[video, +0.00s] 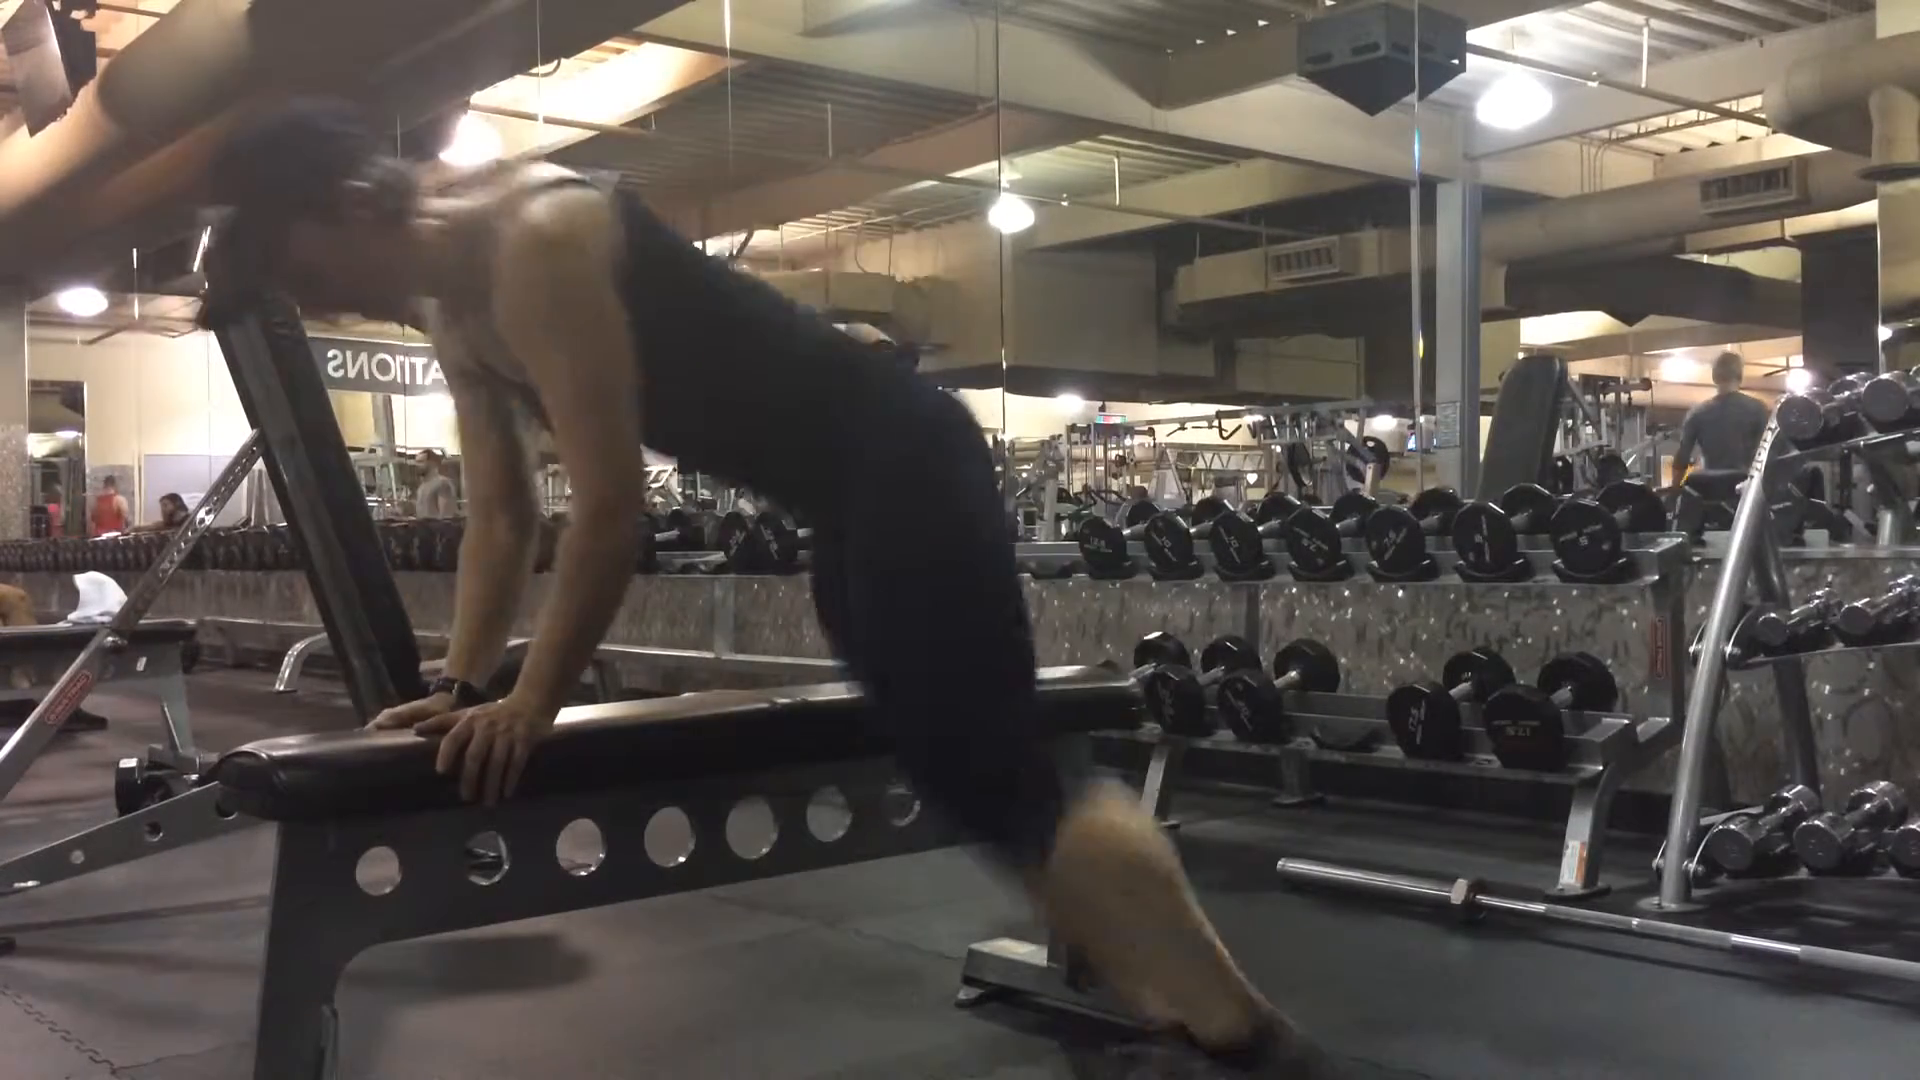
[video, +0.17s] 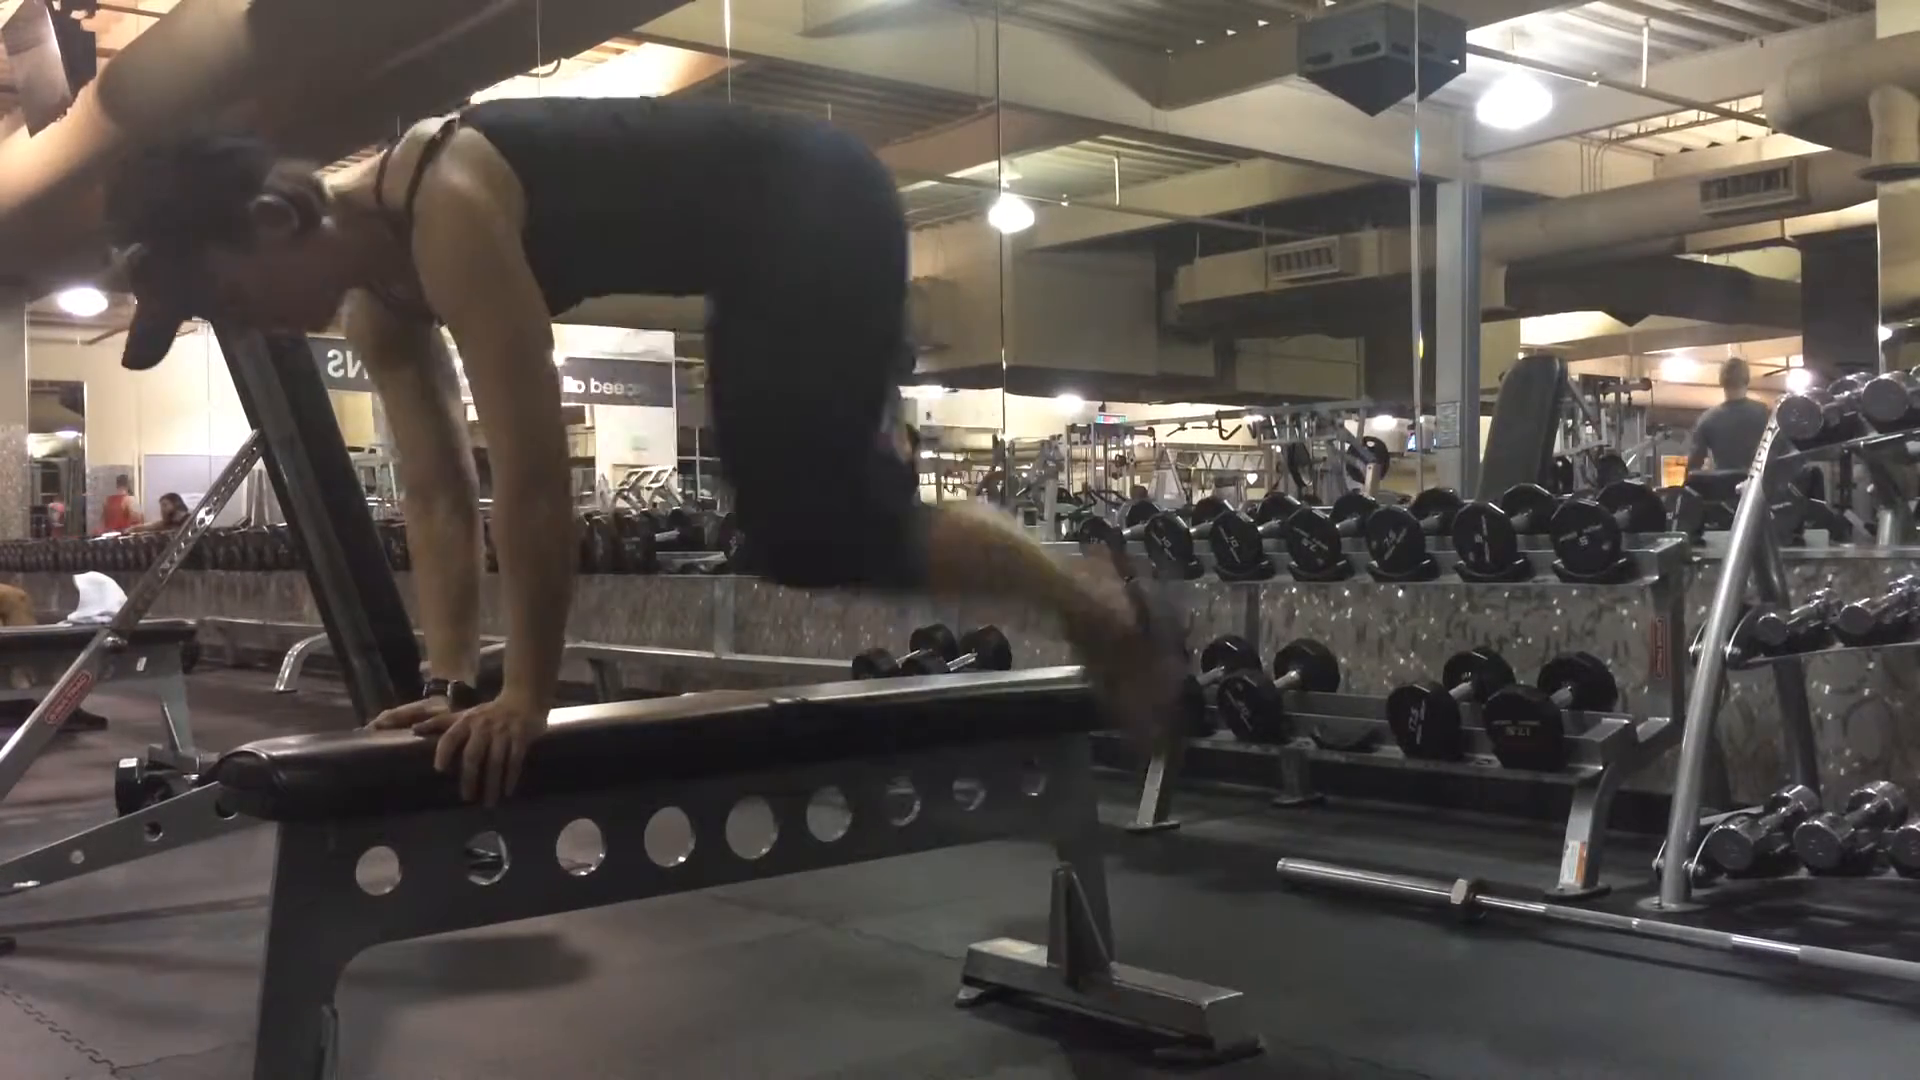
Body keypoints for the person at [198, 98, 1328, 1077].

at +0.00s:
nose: (333, 313)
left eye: (316, 284)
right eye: (310, 298)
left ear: (353, 216)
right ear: (347, 226)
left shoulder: (540, 245)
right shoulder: (457, 295)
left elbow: (610, 511)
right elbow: (496, 504)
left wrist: (529, 705)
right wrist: (457, 681)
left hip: (898, 451)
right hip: (849, 483)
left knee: (1003, 781)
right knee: (977, 773)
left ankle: (1234, 1024)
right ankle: (1162, 997)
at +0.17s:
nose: (247, 329)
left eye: (227, 302)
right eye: (222, 318)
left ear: (268, 219)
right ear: (268, 222)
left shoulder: (455, 208)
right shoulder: (372, 284)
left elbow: (528, 461)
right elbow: (433, 482)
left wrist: (525, 689)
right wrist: (446, 675)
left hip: (814, 199)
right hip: (756, 242)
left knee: (819, 524)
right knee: (800, 528)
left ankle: (1089, 602)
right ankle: (1077, 591)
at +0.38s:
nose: (248, 338)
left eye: (235, 308)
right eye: (226, 325)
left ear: (286, 229)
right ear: (286, 237)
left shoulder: (464, 215)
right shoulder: (373, 306)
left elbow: (542, 475)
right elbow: (425, 495)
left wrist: (527, 697)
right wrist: (449, 682)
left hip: (781, 230)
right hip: (685, 262)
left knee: (650, 504)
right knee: (596, 498)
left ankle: (844, 472)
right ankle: (826, 473)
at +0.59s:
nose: (252, 327)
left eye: (243, 293)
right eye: (230, 312)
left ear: (301, 220)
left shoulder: (499, 246)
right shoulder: (348, 333)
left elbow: (615, 490)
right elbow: (414, 500)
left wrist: (535, 693)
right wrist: (445, 683)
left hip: (703, 433)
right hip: (583, 450)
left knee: (632, 686)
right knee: (561, 691)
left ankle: (687, 900)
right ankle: (624, 900)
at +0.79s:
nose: (228, 337)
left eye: (217, 308)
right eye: (206, 326)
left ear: (274, 227)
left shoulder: (456, 241)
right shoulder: (317, 329)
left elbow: (589, 482)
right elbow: (400, 506)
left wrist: (531, 692)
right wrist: (442, 681)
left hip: (708, 390)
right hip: (604, 417)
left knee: (673, 655)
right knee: (610, 655)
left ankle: (695, 851)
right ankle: (613, 861)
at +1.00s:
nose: (229, 361)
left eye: (211, 333)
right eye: (203, 347)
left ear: (255, 242)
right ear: (250, 248)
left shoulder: (435, 220)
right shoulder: (340, 295)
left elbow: (544, 472)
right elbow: (405, 492)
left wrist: (524, 696)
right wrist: (445, 680)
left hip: (758, 217)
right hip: (654, 256)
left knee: (709, 494)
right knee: (614, 516)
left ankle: (891, 483)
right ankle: (847, 491)